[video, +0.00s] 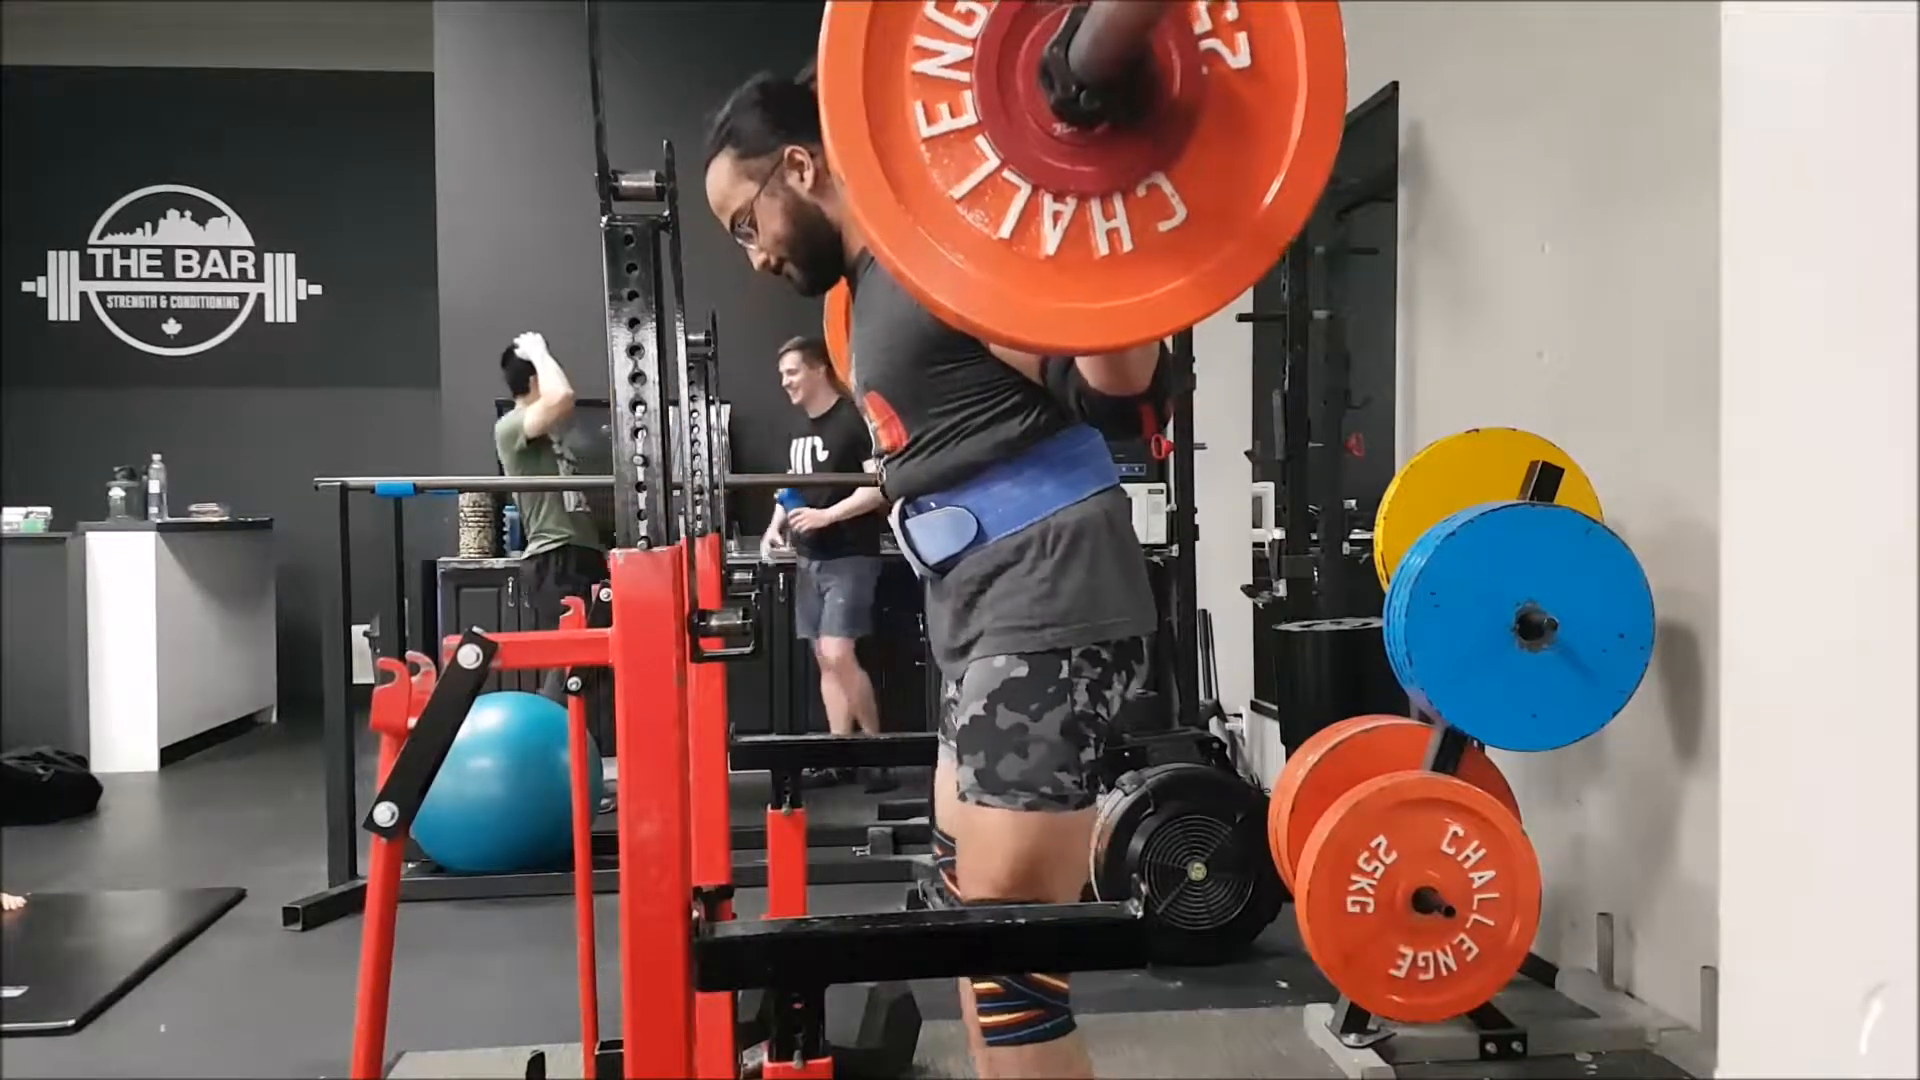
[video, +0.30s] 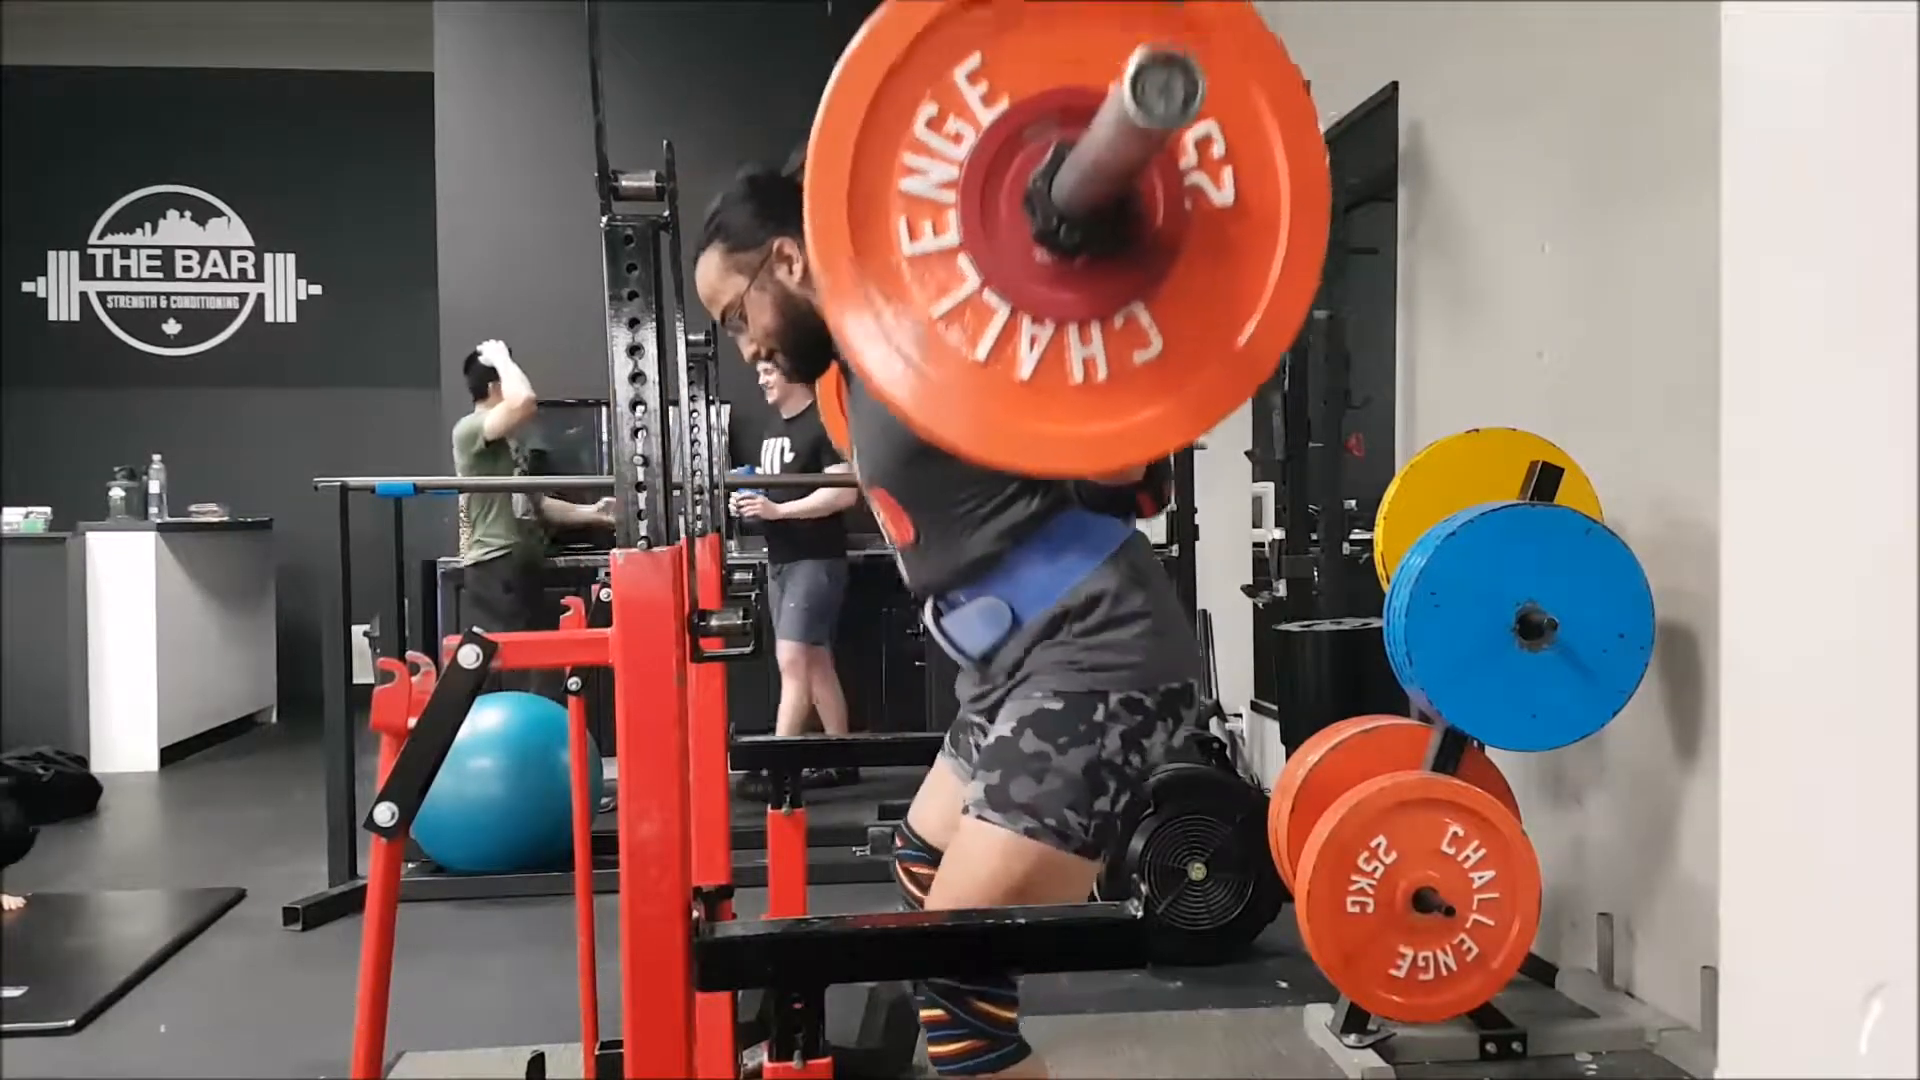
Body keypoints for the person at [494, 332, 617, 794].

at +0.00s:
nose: (554, 383)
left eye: (551, 376)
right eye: (545, 378)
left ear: (522, 385)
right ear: (530, 381)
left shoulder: (553, 428)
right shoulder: (510, 427)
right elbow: (560, 399)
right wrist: (540, 354)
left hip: (588, 553)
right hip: (555, 555)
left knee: (599, 664)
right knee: (567, 666)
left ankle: (603, 759)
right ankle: (550, 761)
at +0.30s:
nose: (515, 387)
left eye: (513, 379)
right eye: (507, 381)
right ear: (493, 387)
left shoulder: (508, 443)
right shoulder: (468, 430)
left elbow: (537, 505)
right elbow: (522, 401)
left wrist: (591, 513)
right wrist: (503, 361)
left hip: (523, 565)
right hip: (492, 566)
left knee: (536, 661)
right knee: (503, 664)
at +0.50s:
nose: (508, 393)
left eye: (508, 385)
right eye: (499, 385)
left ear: (479, 391)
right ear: (474, 389)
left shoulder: (490, 442)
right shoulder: (445, 425)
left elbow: (503, 513)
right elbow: (492, 417)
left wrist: (538, 537)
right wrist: (502, 370)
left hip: (482, 563)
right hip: (446, 564)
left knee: (484, 660)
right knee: (462, 661)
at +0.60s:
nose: (499, 383)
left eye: (497, 375)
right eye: (490, 375)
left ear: (468, 384)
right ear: (462, 384)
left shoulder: (479, 434)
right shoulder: (436, 422)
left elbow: (486, 510)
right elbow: (456, 442)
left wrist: (511, 545)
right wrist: (514, 404)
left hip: (471, 557)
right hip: (435, 557)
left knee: (478, 653)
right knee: (447, 656)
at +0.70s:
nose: (489, 382)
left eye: (486, 375)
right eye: (480, 375)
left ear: (456, 385)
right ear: (451, 384)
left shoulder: (458, 436)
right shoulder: (430, 425)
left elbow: (464, 515)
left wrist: (490, 554)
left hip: (458, 560)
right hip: (430, 560)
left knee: (462, 656)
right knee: (433, 659)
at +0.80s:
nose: (478, 383)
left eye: (478, 377)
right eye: (470, 376)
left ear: (452, 385)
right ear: (440, 383)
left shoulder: (453, 441)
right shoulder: (415, 430)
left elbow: (463, 511)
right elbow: (410, 501)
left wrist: (480, 577)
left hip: (450, 567)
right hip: (419, 565)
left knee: (452, 672)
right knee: (417, 672)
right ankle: (371, 763)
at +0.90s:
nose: (466, 382)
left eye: (466, 376)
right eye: (457, 375)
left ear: (443, 385)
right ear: (425, 381)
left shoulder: (453, 445)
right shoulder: (392, 433)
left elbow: (458, 518)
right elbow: (385, 506)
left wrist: (466, 582)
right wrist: (422, 560)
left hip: (446, 576)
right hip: (400, 576)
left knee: (447, 678)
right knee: (394, 676)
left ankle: (439, 784)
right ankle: (352, 771)